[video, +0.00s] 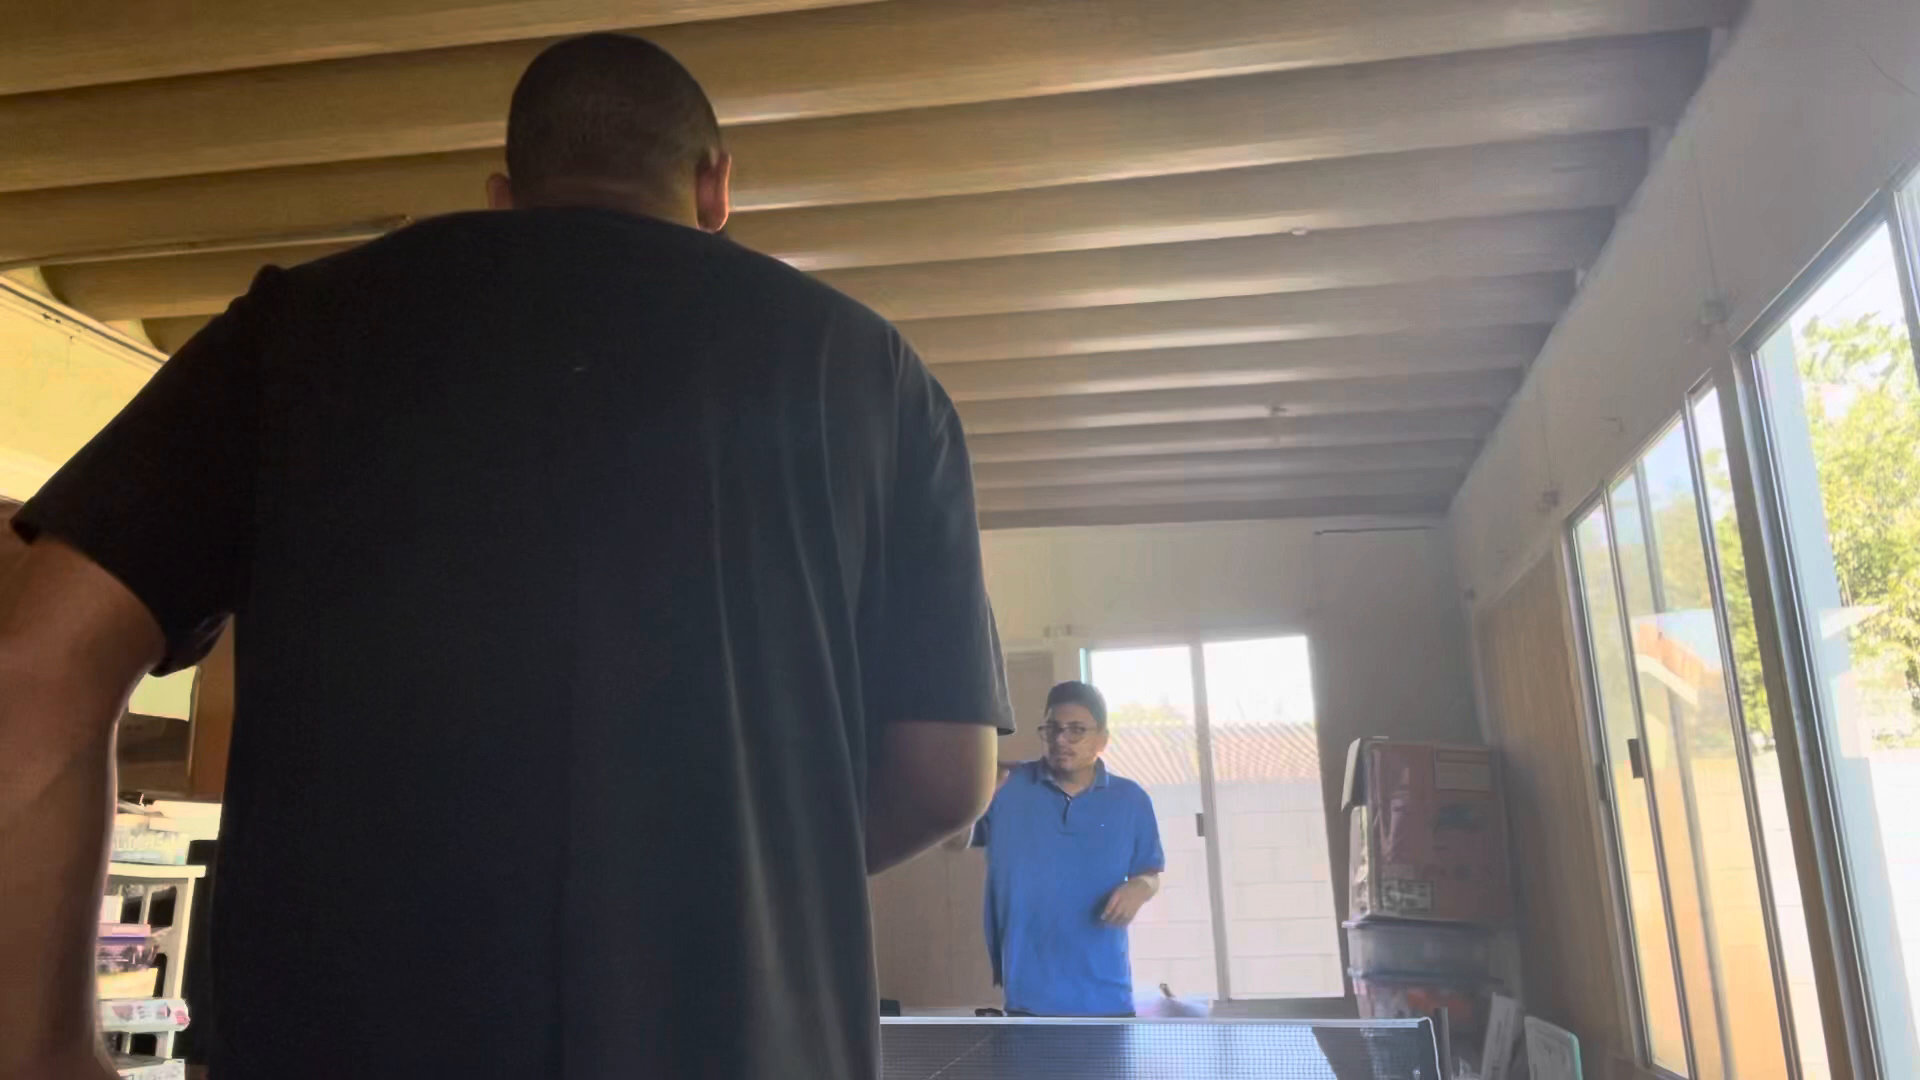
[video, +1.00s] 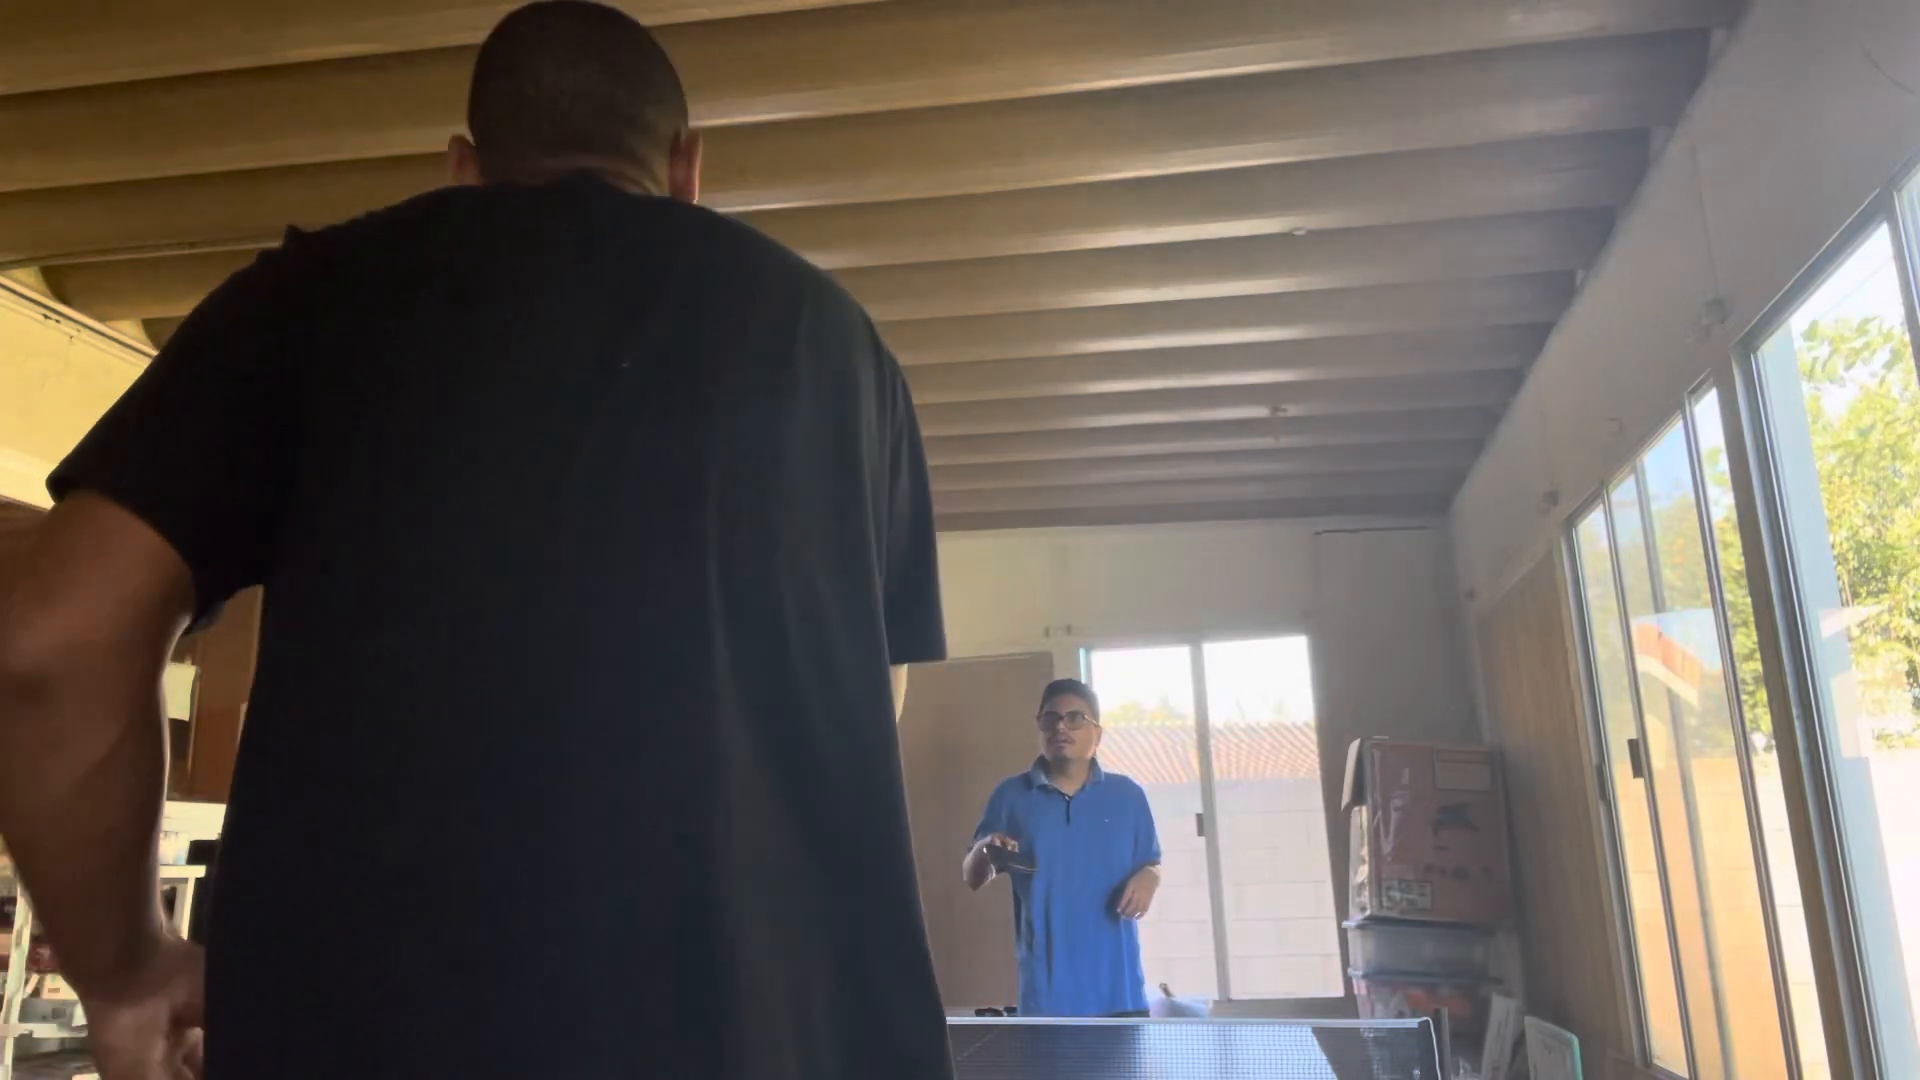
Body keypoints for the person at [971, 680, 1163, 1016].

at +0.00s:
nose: (1061, 740)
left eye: (1077, 730)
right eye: (1053, 728)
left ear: (1101, 741)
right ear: (1042, 733)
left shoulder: (1129, 800)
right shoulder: (1008, 789)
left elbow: (1150, 873)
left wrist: (1139, 888)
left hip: (1104, 990)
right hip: (1027, 988)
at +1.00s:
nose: (1061, 727)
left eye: (1075, 718)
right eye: (1051, 718)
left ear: (1096, 733)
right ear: (1039, 729)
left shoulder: (1126, 795)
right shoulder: (1012, 796)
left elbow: (1150, 864)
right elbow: (973, 879)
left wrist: (1148, 877)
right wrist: (985, 852)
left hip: (1117, 986)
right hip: (1045, 989)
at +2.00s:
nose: (1042, 740)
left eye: (1055, 728)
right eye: (1033, 729)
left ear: (1082, 736)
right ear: (1022, 735)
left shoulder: (1115, 795)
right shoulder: (1000, 803)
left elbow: (1142, 862)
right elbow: (965, 867)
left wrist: (1137, 877)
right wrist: (935, 852)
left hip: (1108, 987)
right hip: (1036, 992)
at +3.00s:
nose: (1041, 746)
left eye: (1054, 734)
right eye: (1031, 735)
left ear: (1080, 738)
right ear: (1019, 738)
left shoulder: (1114, 794)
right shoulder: (999, 805)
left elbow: (1140, 861)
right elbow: (969, 879)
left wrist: (1136, 877)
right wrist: (947, 889)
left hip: (1109, 988)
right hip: (1037, 993)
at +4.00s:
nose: (1044, 751)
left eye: (1057, 738)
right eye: (1031, 739)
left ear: (1078, 738)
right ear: (1017, 738)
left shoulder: (1100, 801)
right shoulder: (994, 794)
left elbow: (1111, 879)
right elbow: (959, 870)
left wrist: (1133, 882)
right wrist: (988, 903)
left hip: (1097, 993)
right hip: (1022, 996)